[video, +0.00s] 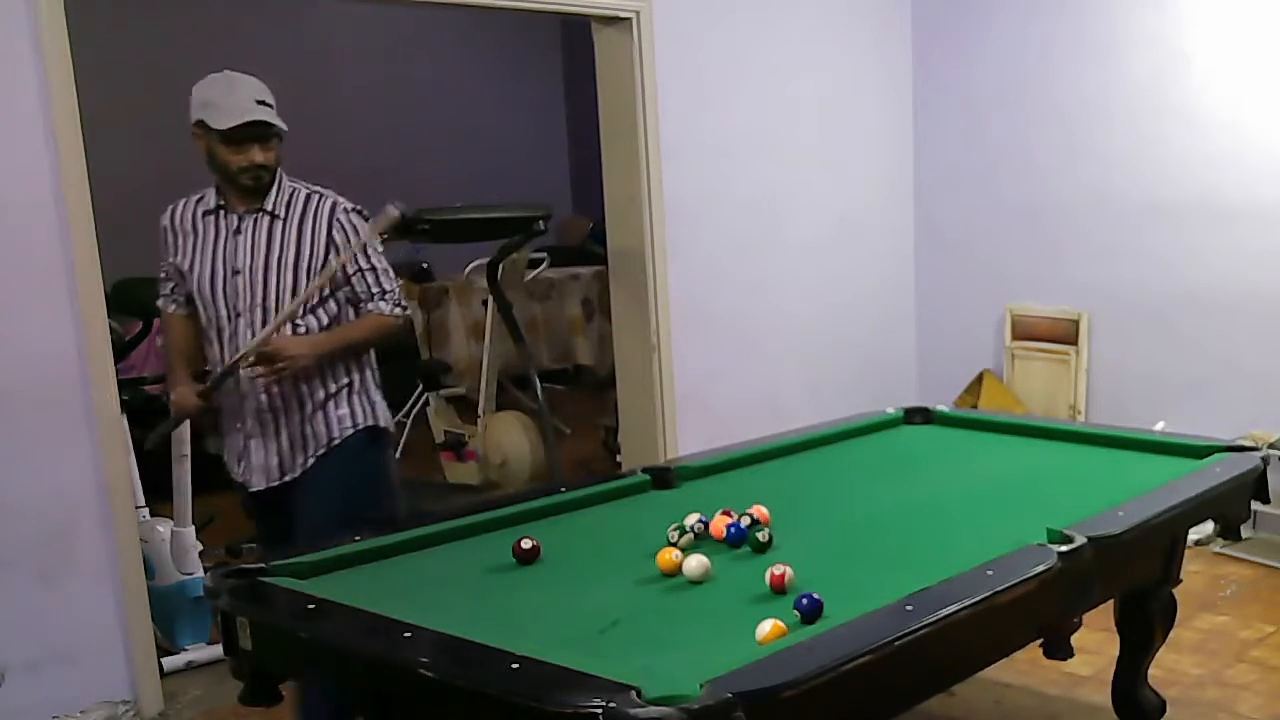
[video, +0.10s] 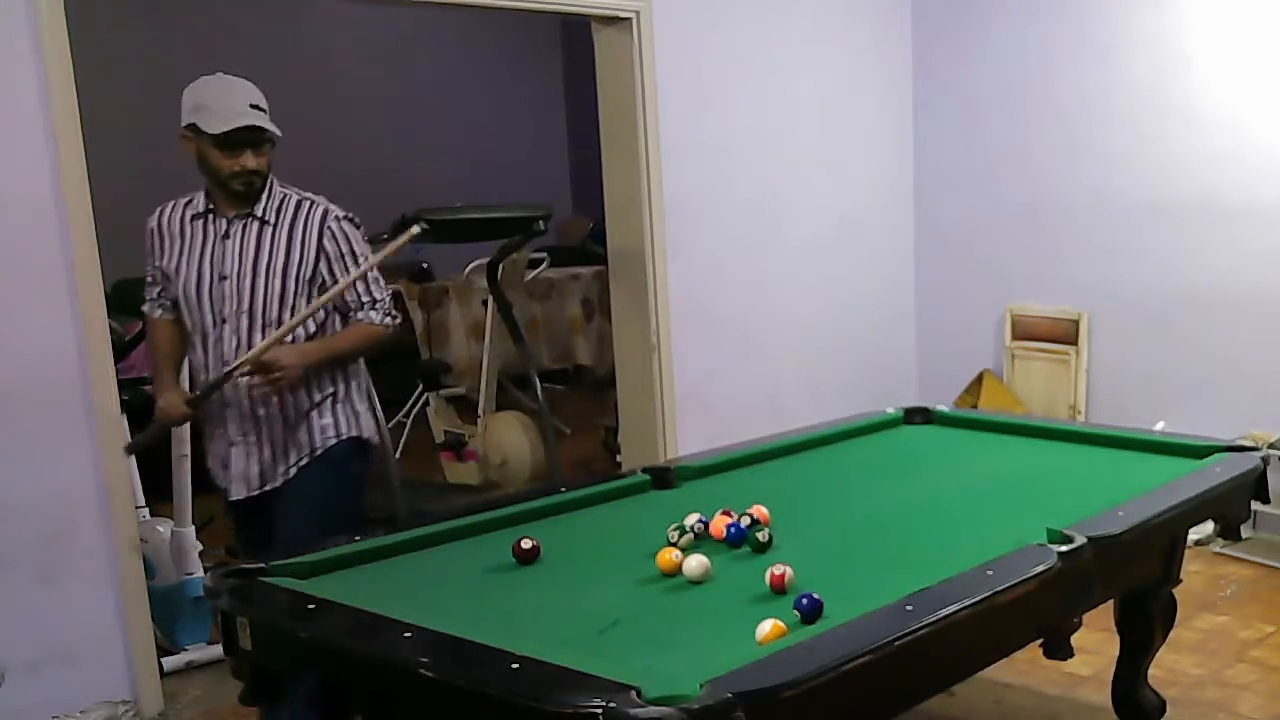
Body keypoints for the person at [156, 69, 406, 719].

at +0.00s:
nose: (256, 157)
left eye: (266, 139)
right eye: (238, 142)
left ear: (281, 138)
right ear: (202, 144)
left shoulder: (329, 212)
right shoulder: (183, 222)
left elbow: (393, 312)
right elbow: (178, 302)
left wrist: (316, 346)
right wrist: (182, 375)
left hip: (339, 437)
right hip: (255, 454)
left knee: (343, 599)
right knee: (291, 603)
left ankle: (349, 707)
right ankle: (325, 706)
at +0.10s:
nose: (249, 162)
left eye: (260, 145)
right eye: (230, 146)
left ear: (275, 143)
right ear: (192, 145)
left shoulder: (321, 221)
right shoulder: (169, 226)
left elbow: (384, 319)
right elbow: (164, 307)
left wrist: (309, 354)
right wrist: (167, 382)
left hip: (324, 443)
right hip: (237, 457)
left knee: (314, 598)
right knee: (269, 603)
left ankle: (316, 707)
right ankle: (283, 701)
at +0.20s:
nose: (243, 165)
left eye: (255, 148)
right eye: (224, 149)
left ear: (268, 147)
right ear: (184, 147)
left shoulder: (312, 229)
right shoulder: (157, 227)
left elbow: (372, 327)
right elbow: (150, 313)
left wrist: (300, 365)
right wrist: (150, 388)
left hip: (306, 453)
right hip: (220, 463)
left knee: (299, 605)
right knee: (261, 608)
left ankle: (311, 707)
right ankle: (279, 702)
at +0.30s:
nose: (236, 164)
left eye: (248, 148)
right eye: (217, 148)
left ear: (262, 147)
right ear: (176, 144)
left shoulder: (300, 231)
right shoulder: (144, 224)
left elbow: (363, 331)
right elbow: (132, 309)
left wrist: (286, 373)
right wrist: (134, 388)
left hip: (289, 461)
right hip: (199, 470)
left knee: (290, 626)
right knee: (241, 633)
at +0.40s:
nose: (231, 163)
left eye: (244, 146)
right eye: (211, 147)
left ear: (258, 143)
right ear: (169, 141)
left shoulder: (291, 232)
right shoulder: (130, 221)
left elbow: (356, 334)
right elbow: (120, 307)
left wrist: (276, 376)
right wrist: (117, 390)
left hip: (274, 470)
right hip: (177, 480)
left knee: (271, 642)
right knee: (210, 646)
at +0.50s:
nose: (225, 163)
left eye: (237, 146)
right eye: (206, 146)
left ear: (251, 142)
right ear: (160, 139)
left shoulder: (283, 234)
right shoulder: (120, 217)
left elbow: (345, 339)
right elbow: (106, 306)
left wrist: (266, 380)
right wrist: (100, 394)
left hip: (264, 470)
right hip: (164, 477)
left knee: (259, 627)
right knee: (168, 629)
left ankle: (280, 712)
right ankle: (254, 709)